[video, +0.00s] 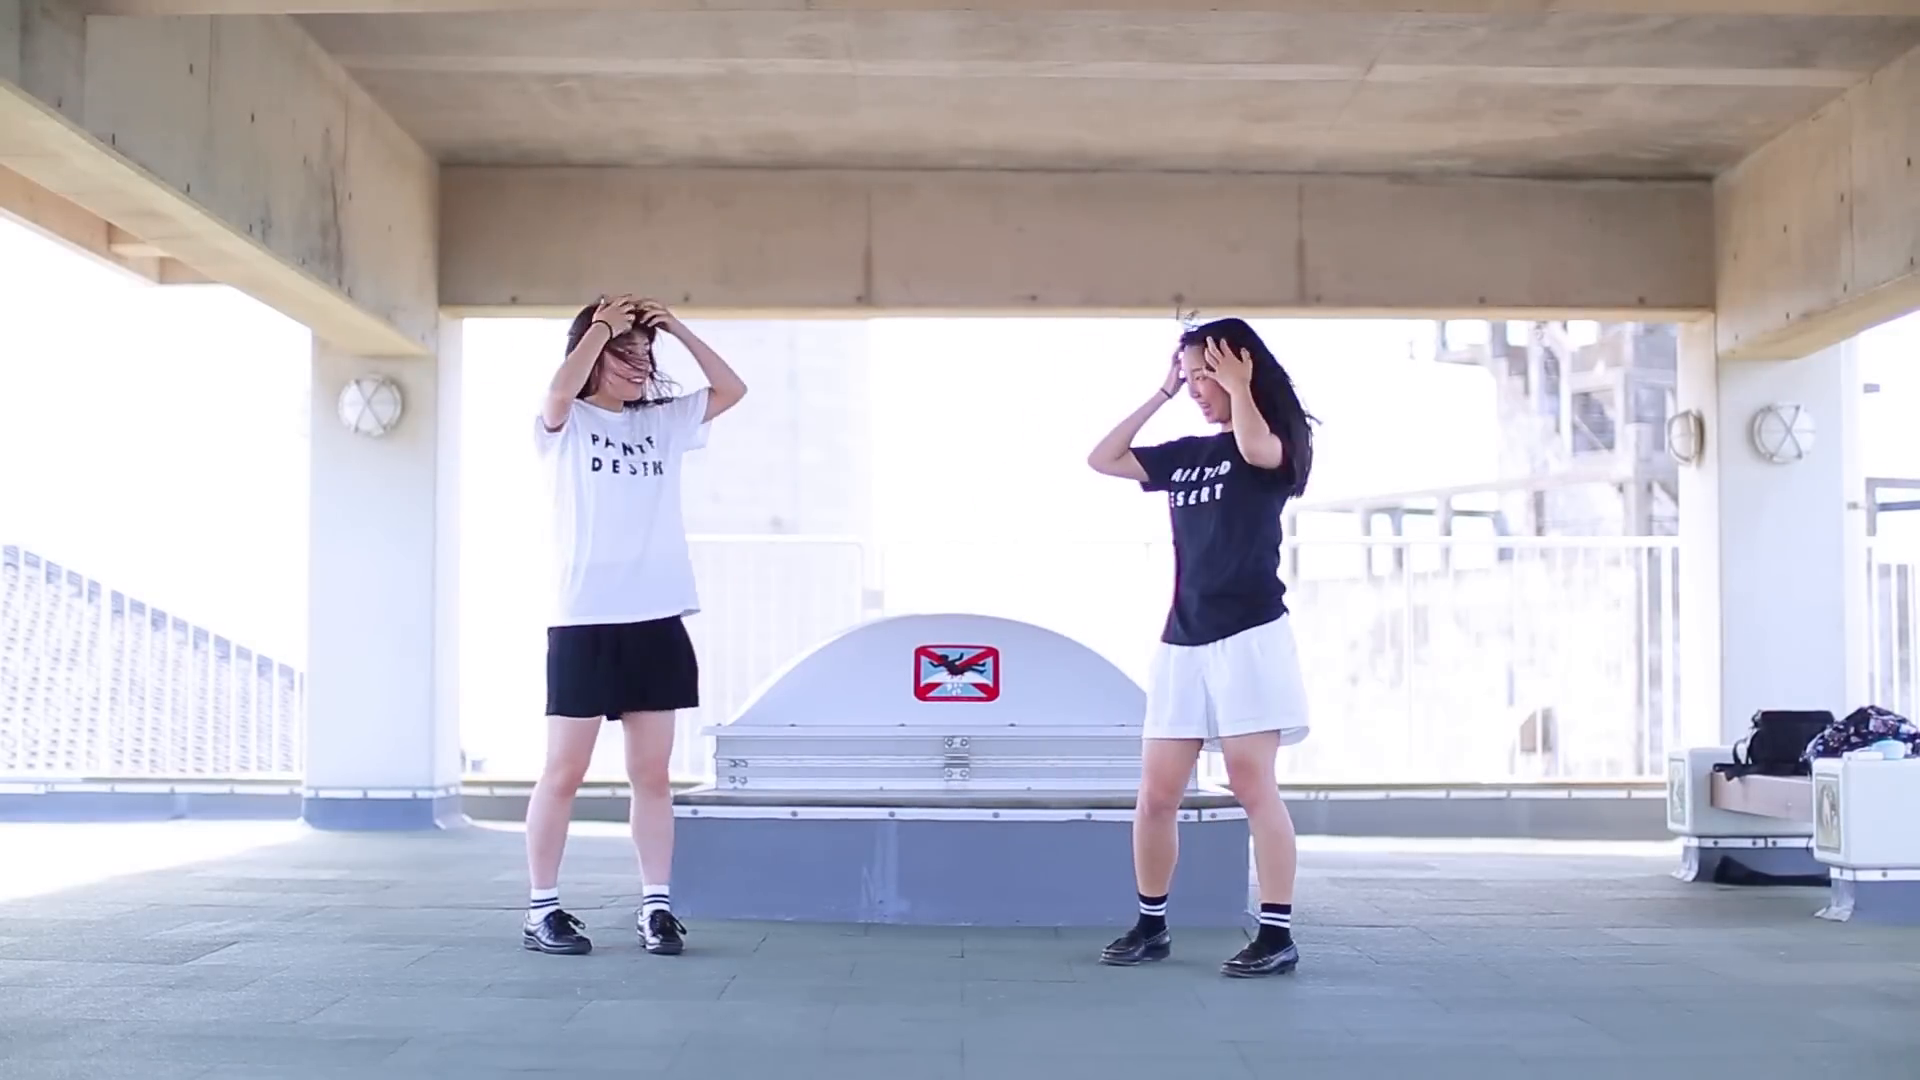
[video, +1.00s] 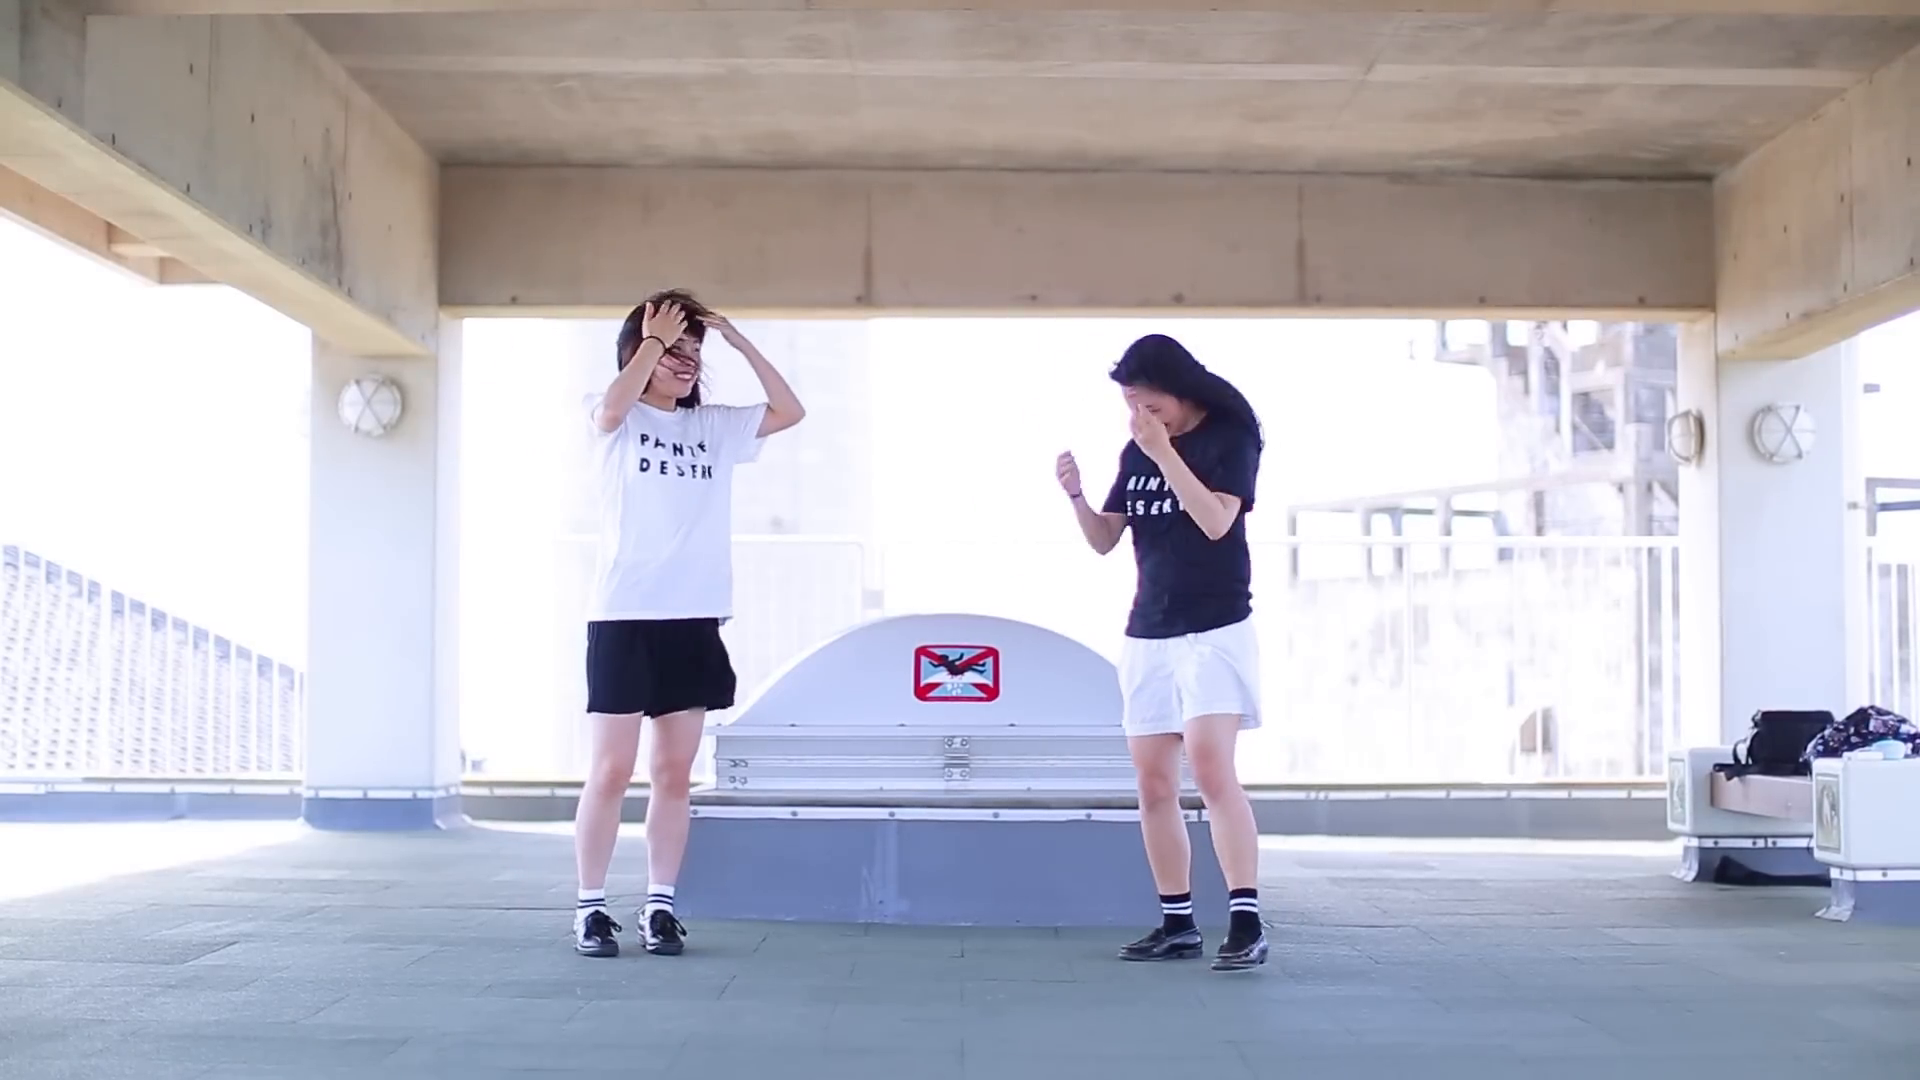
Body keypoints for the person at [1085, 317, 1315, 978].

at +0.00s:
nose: (1196, 393)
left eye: (1205, 379)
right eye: (1189, 383)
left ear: (1242, 377)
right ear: (1189, 386)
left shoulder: (1282, 442)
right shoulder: (1187, 453)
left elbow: (1258, 451)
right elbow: (1105, 458)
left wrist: (1244, 387)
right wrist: (1161, 396)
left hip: (1251, 637)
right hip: (1182, 642)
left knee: (1253, 786)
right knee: (1156, 796)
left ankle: (1275, 936)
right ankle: (1150, 926)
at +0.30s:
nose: (1197, 388)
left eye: (1205, 375)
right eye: (1195, 377)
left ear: (1245, 370)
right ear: (1216, 379)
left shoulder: (1292, 441)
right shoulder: (1215, 457)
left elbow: (1272, 502)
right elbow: (1146, 506)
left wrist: (1252, 418)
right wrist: (1171, 425)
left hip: (1262, 635)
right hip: (1198, 640)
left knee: (1262, 781)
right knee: (1171, 791)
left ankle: (1276, 936)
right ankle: (1194, 922)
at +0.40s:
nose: (1194, 389)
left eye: (1201, 374)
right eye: (1191, 377)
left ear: (1237, 371)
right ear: (1213, 379)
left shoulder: (1286, 437)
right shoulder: (1211, 455)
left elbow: (1283, 523)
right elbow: (1176, 541)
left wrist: (1239, 442)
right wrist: (1145, 467)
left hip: (1259, 636)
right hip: (1197, 640)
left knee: (1258, 782)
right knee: (1173, 794)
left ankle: (1276, 936)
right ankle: (1195, 920)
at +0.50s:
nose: (1182, 385)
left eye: (1190, 371)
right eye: (1180, 371)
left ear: (1228, 373)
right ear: (1211, 374)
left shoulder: (1280, 440)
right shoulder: (1204, 452)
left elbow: (1296, 540)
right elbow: (1196, 551)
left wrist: (1227, 499)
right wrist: (1120, 538)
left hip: (1254, 635)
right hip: (1192, 640)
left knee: (1257, 784)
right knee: (1172, 795)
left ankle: (1275, 935)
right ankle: (1185, 923)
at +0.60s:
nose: (1166, 383)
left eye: (1174, 370)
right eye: (1165, 371)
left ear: (1213, 373)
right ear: (1200, 377)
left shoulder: (1260, 439)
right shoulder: (1190, 455)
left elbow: (1291, 542)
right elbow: (1188, 560)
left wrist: (1233, 564)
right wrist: (1127, 611)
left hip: (1245, 639)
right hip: (1185, 643)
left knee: (1252, 782)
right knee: (1167, 793)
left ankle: (1275, 935)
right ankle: (1180, 925)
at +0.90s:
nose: (1140, 401)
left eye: (1147, 386)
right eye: (1133, 390)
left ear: (1182, 375)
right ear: (1135, 389)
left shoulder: (1230, 439)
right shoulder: (1147, 453)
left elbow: (1245, 542)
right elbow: (1146, 545)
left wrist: (1177, 526)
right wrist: (1099, 562)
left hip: (1216, 635)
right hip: (1151, 638)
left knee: (1215, 777)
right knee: (1154, 785)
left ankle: (1260, 928)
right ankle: (1179, 925)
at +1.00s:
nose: (1141, 415)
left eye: (1148, 403)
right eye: (1134, 405)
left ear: (1179, 390)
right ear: (1137, 399)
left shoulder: (1230, 436)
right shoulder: (1141, 446)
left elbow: (1216, 521)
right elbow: (1104, 539)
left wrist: (1161, 450)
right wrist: (1077, 496)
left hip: (1214, 632)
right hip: (1147, 637)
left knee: (1212, 772)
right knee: (1154, 785)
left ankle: (1246, 924)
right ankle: (1178, 927)